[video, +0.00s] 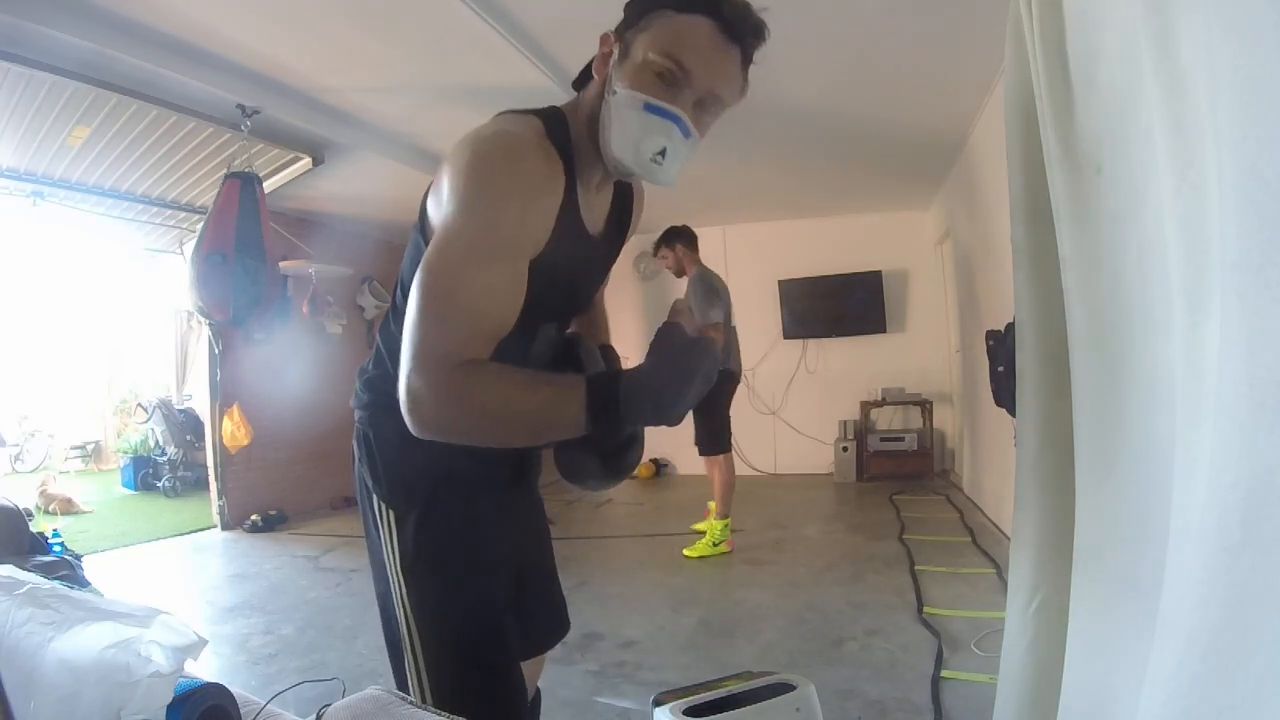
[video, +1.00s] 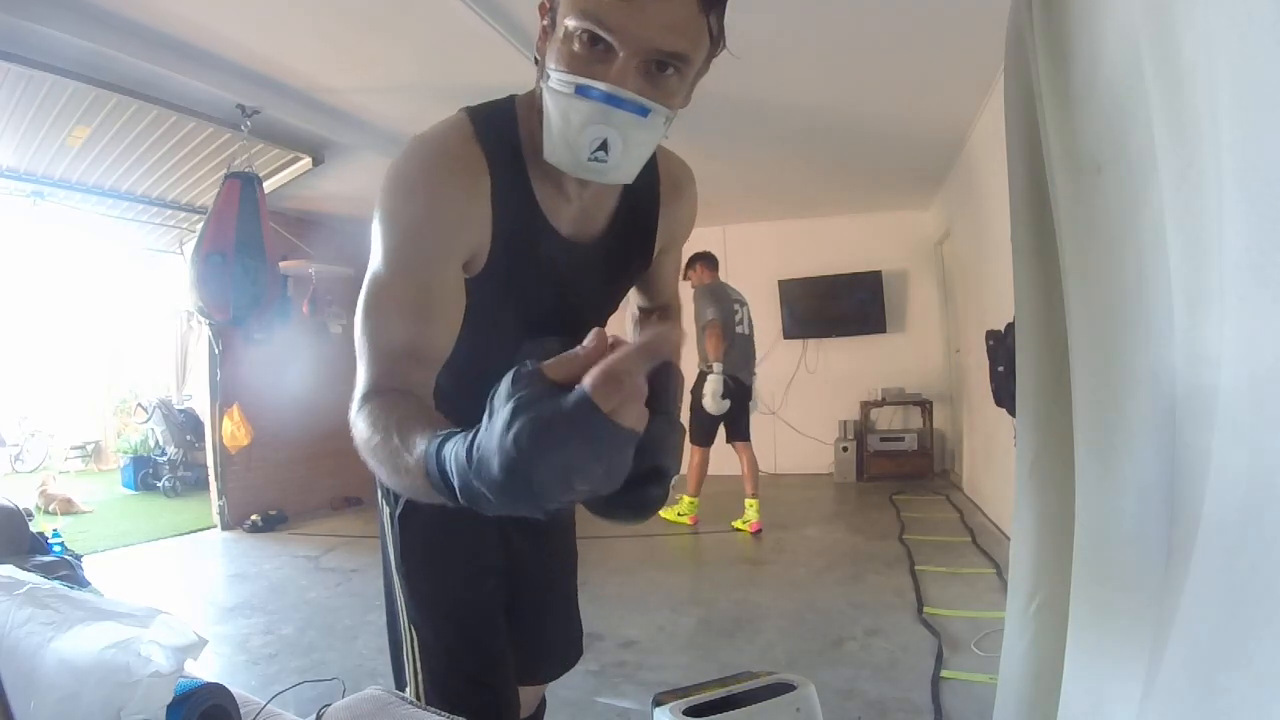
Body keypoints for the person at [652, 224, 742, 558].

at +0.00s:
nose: (664, 266)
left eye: (665, 258)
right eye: (662, 260)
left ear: (679, 250)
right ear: (683, 251)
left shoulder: (705, 282)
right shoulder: (701, 281)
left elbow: (714, 338)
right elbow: (704, 334)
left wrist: (695, 373)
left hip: (719, 373)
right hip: (714, 372)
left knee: (717, 452)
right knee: (712, 450)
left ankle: (721, 533)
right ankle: (717, 517)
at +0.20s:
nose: (678, 267)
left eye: (678, 259)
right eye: (676, 260)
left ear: (690, 253)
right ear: (702, 253)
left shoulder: (707, 285)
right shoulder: (727, 284)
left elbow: (712, 336)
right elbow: (728, 335)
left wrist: (687, 371)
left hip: (715, 375)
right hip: (731, 375)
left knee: (718, 454)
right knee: (730, 448)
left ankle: (719, 533)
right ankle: (748, 513)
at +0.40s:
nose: (690, 272)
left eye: (691, 265)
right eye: (689, 266)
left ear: (701, 259)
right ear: (715, 259)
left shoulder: (708, 286)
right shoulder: (741, 289)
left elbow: (711, 334)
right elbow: (756, 341)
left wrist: (691, 374)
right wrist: (754, 376)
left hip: (720, 379)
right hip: (744, 378)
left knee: (719, 454)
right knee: (743, 447)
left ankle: (718, 533)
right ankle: (751, 515)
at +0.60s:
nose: (697, 278)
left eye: (697, 271)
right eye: (695, 273)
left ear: (708, 264)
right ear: (722, 265)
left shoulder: (712, 288)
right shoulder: (747, 294)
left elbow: (714, 332)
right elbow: (760, 342)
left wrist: (701, 376)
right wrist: (767, 382)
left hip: (722, 379)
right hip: (749, 381)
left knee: (707, 450)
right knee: (748, 447)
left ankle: (716, 527)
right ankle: (752, 517)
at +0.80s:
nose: (697, 282)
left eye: (696, 275)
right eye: (695, 277)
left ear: (707, 266)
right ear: (719, 267)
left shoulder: (714, 288)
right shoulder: (743, 294)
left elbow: (721, 326)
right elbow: (758, 342)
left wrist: (717, 370)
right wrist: (764, 379)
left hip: (720, 378)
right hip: (748, 381)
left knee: (700, 442)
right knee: (744, 443)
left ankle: (700, 518)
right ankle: (753, 515)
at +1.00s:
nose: (690, 283)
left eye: (690, 277)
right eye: (689, 278)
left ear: (701, 269)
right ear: (714, 270)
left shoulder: (705, 292)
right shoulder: (735, 295)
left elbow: (713, 330)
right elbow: (747, 342)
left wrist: (716, 373)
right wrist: (747, 380)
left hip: (714, 378)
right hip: (740, 380)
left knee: (699, 444)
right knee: (742, 444)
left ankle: (688, 508)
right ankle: (752, 514)